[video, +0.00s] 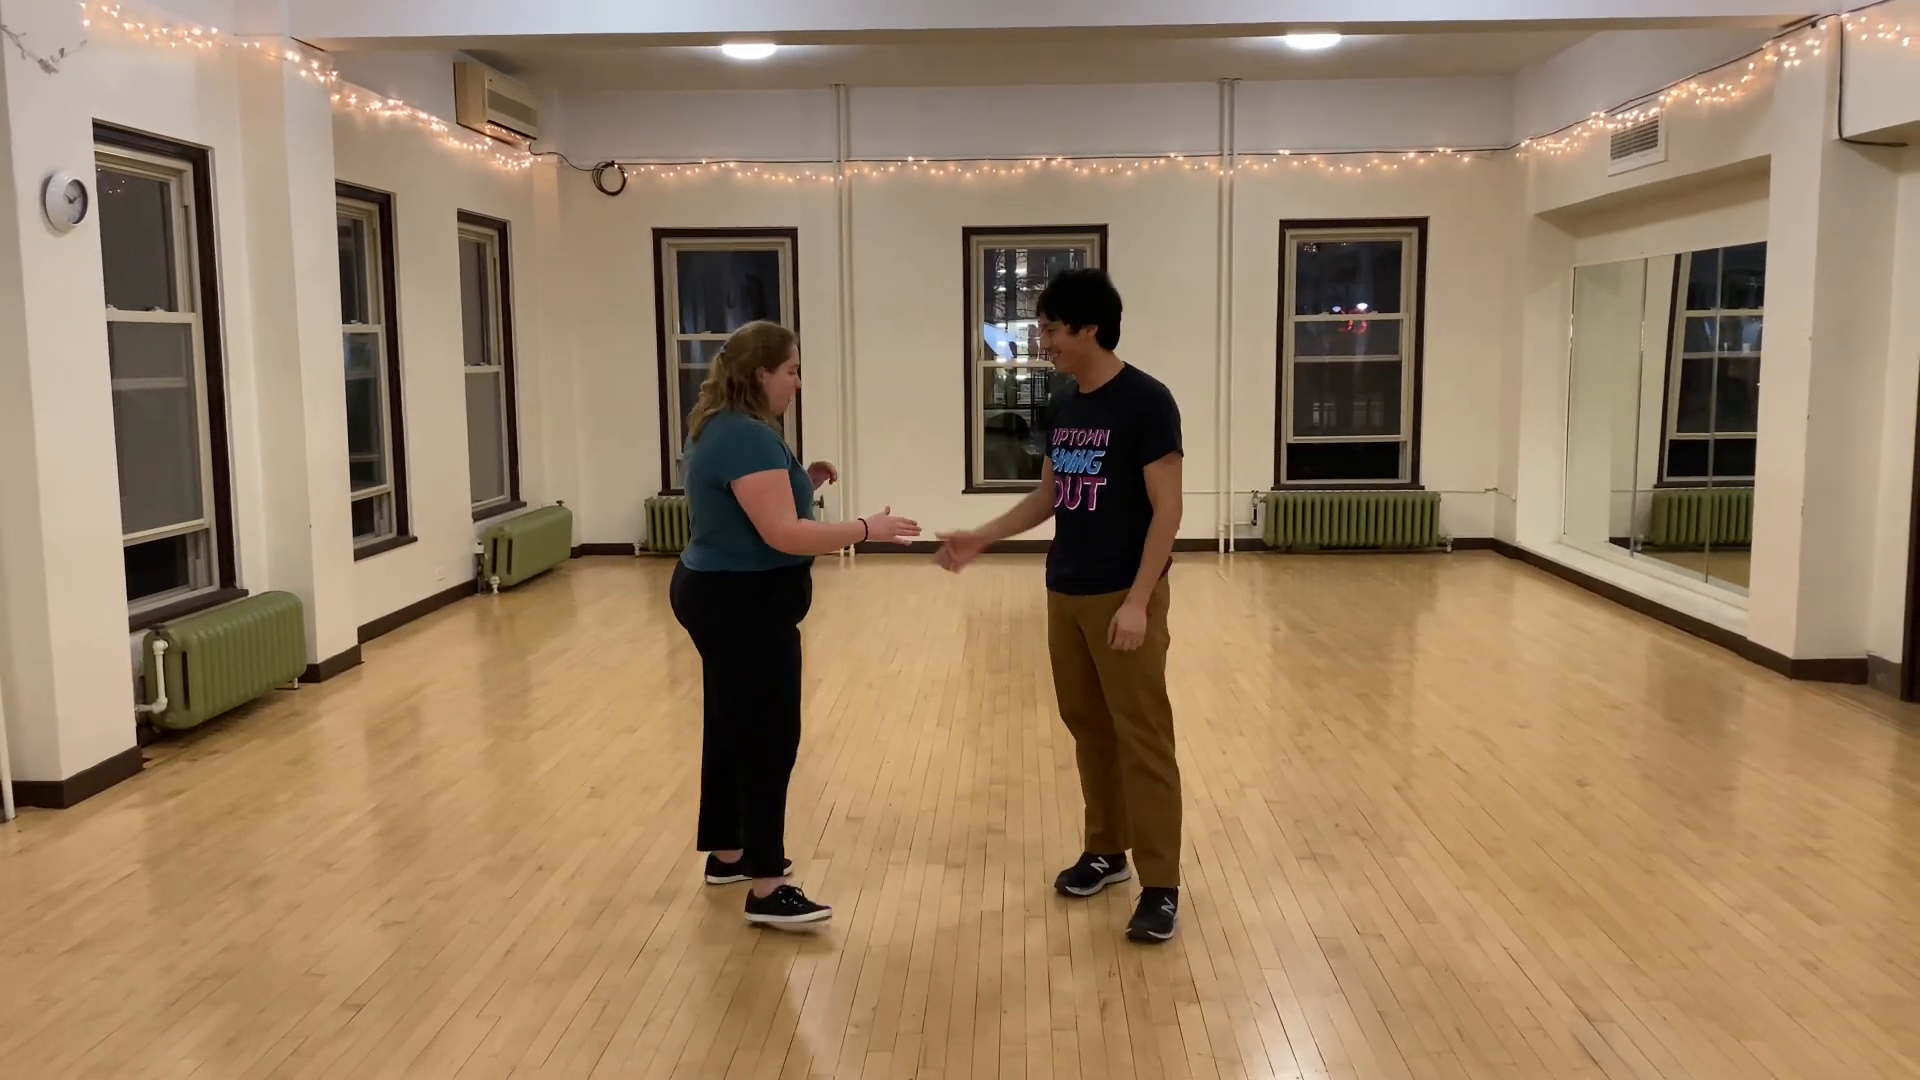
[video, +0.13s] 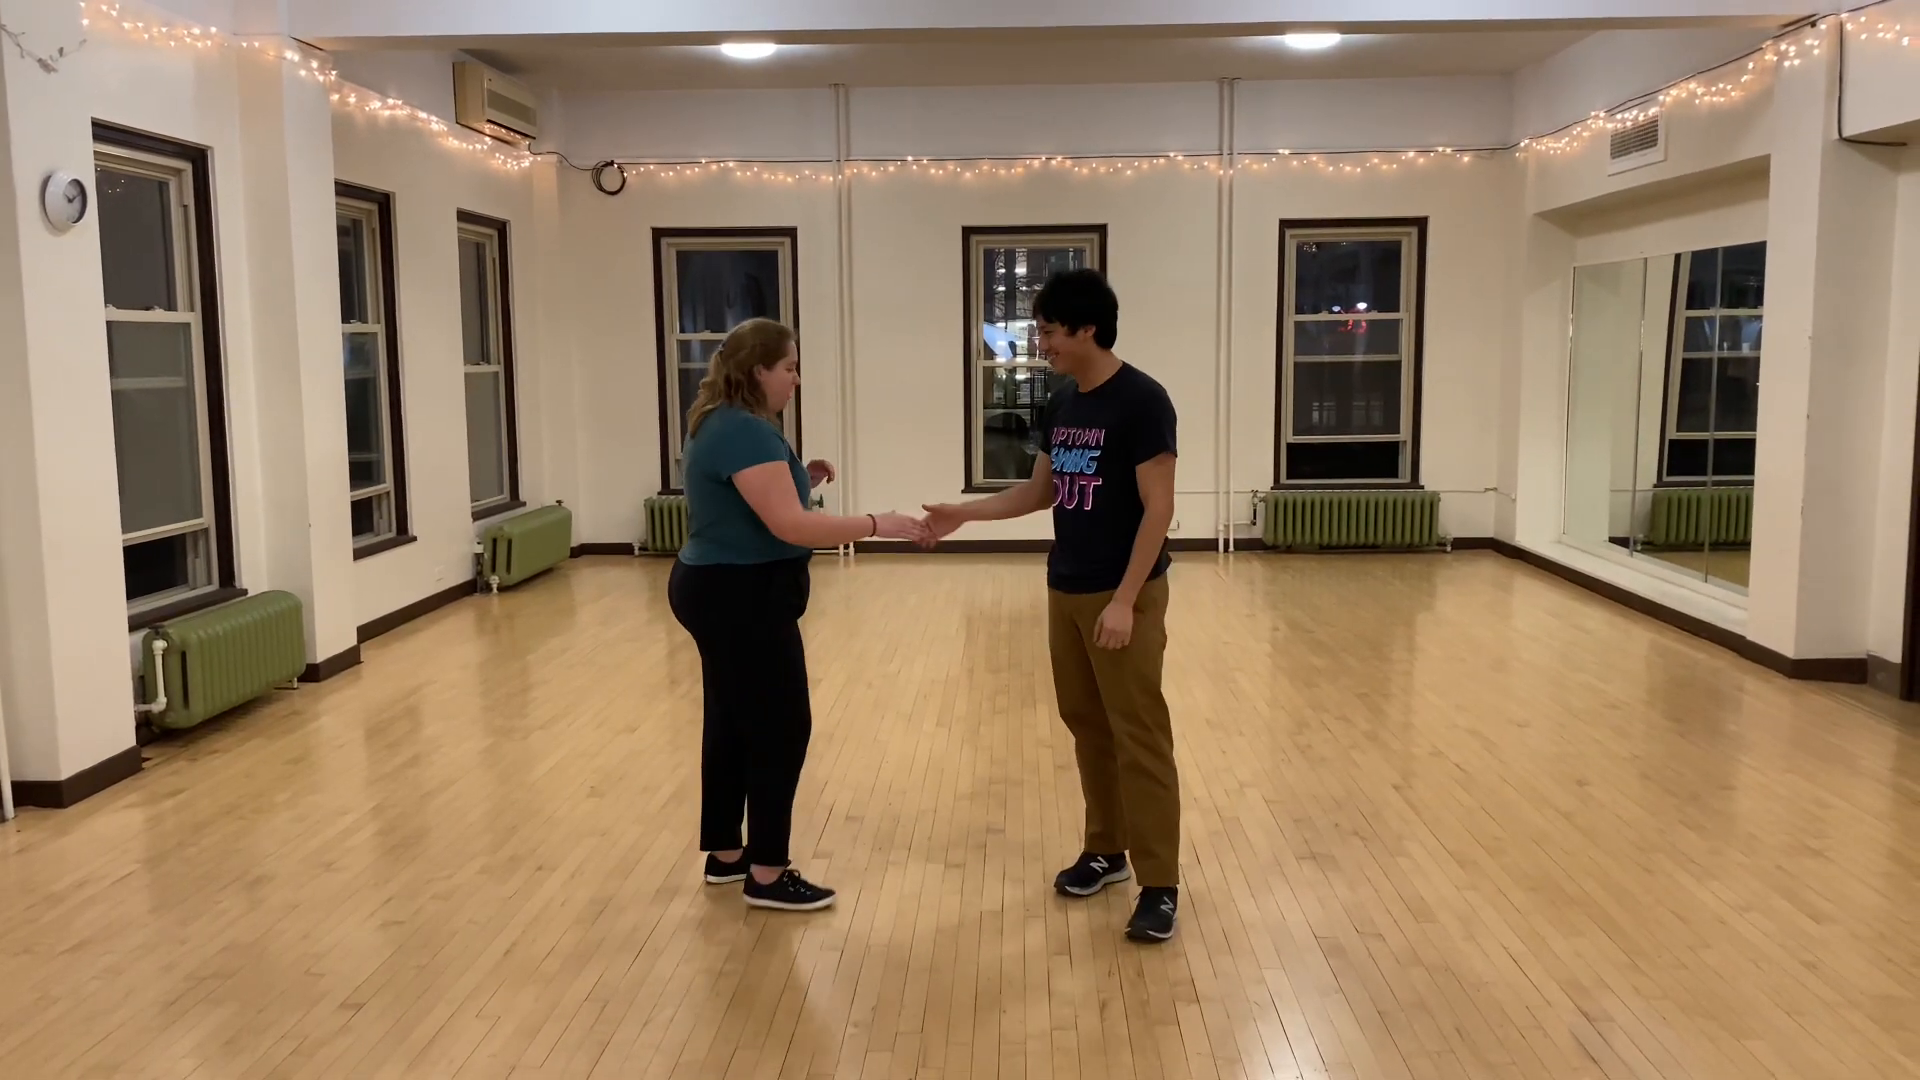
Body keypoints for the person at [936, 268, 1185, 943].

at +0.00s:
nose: (1043, 343)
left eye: (1051, 331)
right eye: (1042, 331)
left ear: (1089, 332)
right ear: (1074, 334)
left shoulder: (1147, 403)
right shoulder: (1064, 405)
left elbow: (1168, 511)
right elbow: (1049, 497)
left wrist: (1138, 602)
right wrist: (982, 537)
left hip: (1128, 598)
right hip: (1068, 596)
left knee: (1141, 739)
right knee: (1090, 730)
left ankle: (1160, 885)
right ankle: (1107, 851)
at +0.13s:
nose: (1041, 345)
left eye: (1049, 333)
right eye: (1039, 334)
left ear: (1088, 331)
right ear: (1070, 334)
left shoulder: (1142, 402)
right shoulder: (1063, 404)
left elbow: (1159, 510)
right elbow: (1039, 492)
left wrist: (1125, 601)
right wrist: (960, 514)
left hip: (1127, 596)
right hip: (1069, 594)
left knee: (1138, 736)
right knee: (1087, 727)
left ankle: (1159, 883)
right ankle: (1106, 850)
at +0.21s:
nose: (1041, 347)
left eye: (1048, 334)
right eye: (1038, 335)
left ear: (1087, 332)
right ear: (1068, 335)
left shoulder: (1142, 401)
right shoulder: (1063, 404)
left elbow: (1157, 510)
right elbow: (1034, 492)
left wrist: (1121, 600)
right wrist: (956, 508)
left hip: (1127, 596)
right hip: (1070, 594)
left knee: (1137, 736)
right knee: (1088, 727)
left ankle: (1159, 883)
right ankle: (1106, 850)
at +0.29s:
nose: (1038, 347)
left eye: (1046, 335)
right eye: (1036, 335)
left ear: (1085, 334)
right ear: (1066, 336)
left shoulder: (1140, 402)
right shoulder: (1058, 405)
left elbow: (1157, 508)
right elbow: (1031, 491)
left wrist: (1118, 597)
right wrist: (955, 506)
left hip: (1127, 595)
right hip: (1071, 593)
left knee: (1135, 734)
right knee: (1087, 727)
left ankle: (1158, 882)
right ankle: (1106, 849)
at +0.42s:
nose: (1034, 344)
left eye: (1042, 333)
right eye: (1033, 333)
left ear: (1080, 334)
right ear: (1066, 335)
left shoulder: (1138, 401)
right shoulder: (1055, 403)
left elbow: (1158, 508)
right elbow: (1030, 492)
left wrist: (1120, 596)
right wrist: (958, 523)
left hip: (1127, 595)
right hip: (1070, 593)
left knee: (1134, 735)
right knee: (1087, 727)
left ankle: (1157, 882)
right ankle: (1106, 849)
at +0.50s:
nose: (1032, 342)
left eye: (1040, 330)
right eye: (1032, 330)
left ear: (1079, 334)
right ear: (1065, 335)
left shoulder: (1138, 400)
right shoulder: (1054, 403)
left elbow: (1159, 507)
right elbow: (1028, 496)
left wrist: (1124, 596)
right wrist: (958, 537)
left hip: (1128, 596)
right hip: (1070, 594)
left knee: (1136, 737)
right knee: (1087, 728)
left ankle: (1157, 883)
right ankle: (1104, 849)